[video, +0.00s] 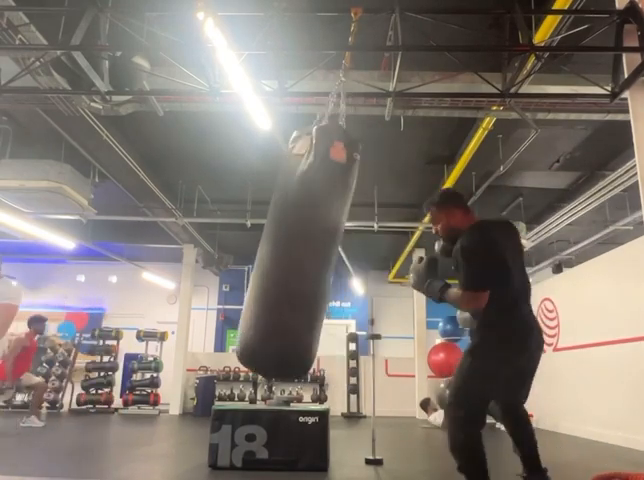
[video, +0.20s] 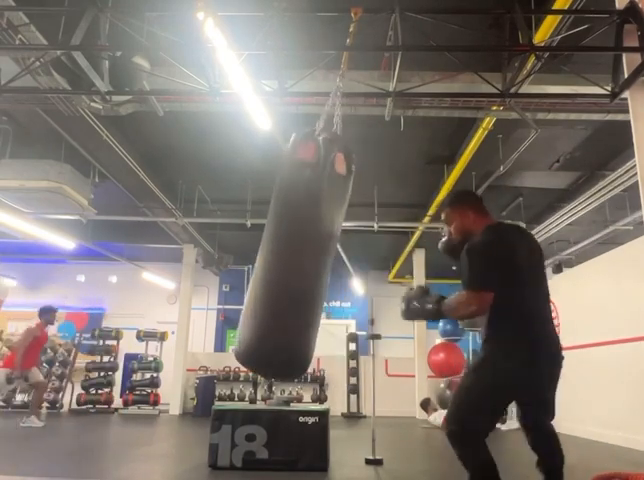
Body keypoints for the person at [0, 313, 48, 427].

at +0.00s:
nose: (44, 327)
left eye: (44, 324)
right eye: (41, 324)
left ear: (38, 326)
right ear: (33, 325)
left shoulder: (33, 341)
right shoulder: (21, 340)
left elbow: (29, 360)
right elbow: (9, 359)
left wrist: (30, 373)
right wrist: (9, 380)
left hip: (23, 373)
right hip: (13, 374)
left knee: (42, 384)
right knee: (41, 385)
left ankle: (34, 415)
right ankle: (31, 416)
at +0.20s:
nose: (55, 318)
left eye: (55, 316)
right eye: (52, 316)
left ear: (48, 317)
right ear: (44, 316)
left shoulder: (44, 333)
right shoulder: (32, 330)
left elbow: (36, 351)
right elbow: (19, 348)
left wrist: (38, 365)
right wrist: (17, 368)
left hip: (30, 365)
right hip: (23, 365)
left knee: (42, 384)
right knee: (41, 385)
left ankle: (34, 414)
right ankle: (31, 416)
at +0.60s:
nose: (66, 308)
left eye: (66, 305)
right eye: (64, 305)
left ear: (62, 306)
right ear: (56, 304)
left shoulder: (56, 323)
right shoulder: (43, 319)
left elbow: (52, 342)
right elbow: (33, 337)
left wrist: (52, 359)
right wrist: (33, 356)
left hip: (47, 359)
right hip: (38, 358)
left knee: (42, 388)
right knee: (34, 387)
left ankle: (32, 414)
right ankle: (21, 415)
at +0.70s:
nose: (67, 308)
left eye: (68, 305)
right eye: (66, 305)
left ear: (63, 306)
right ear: (58, 305)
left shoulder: (57, 323)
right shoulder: (44, 320)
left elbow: (54, 342)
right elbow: (35, 338)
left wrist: (54, 359)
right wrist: (34, 357)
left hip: (49, 360)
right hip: (41, 359)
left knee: (38, 387)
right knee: (45, 385)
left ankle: (34, 413)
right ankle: (30, 414)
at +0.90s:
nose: (74, 310)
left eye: (74, 307)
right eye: (72, 307)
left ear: (68, 307)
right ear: (64, 306)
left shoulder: (64, 324)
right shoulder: (52, 321)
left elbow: (60, 343)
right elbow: (41, 339)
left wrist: (65, 357)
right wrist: (39, 359)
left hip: (56, 358)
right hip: (50, 358)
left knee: (42, 386)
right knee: (64, 381)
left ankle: (31, 415)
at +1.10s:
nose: (83, 315)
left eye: (84, 312)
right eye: (82, 312)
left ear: (81, 313)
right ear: (74, 311)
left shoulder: (76, 328)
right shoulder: (62, 326)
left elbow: (71, 347)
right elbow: (49, 344)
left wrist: (73, 365)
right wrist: (48, 365)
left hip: (68, 364)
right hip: (61, 364)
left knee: (52, 391)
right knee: (75, 387)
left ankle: (31, 416)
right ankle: (81, 418)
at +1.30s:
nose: (94, 327)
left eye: (95, 324)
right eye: (93, 323)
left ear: (91, 323)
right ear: (86, 322)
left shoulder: (85, 337)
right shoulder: (72, 336)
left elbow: (80, 356)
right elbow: (60, 354)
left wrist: (82, 370)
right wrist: (59, 374)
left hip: (78, 369)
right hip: (69, 368)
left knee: (64, 402)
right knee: (91, 386)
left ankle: (34, 414)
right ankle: (87, 420)